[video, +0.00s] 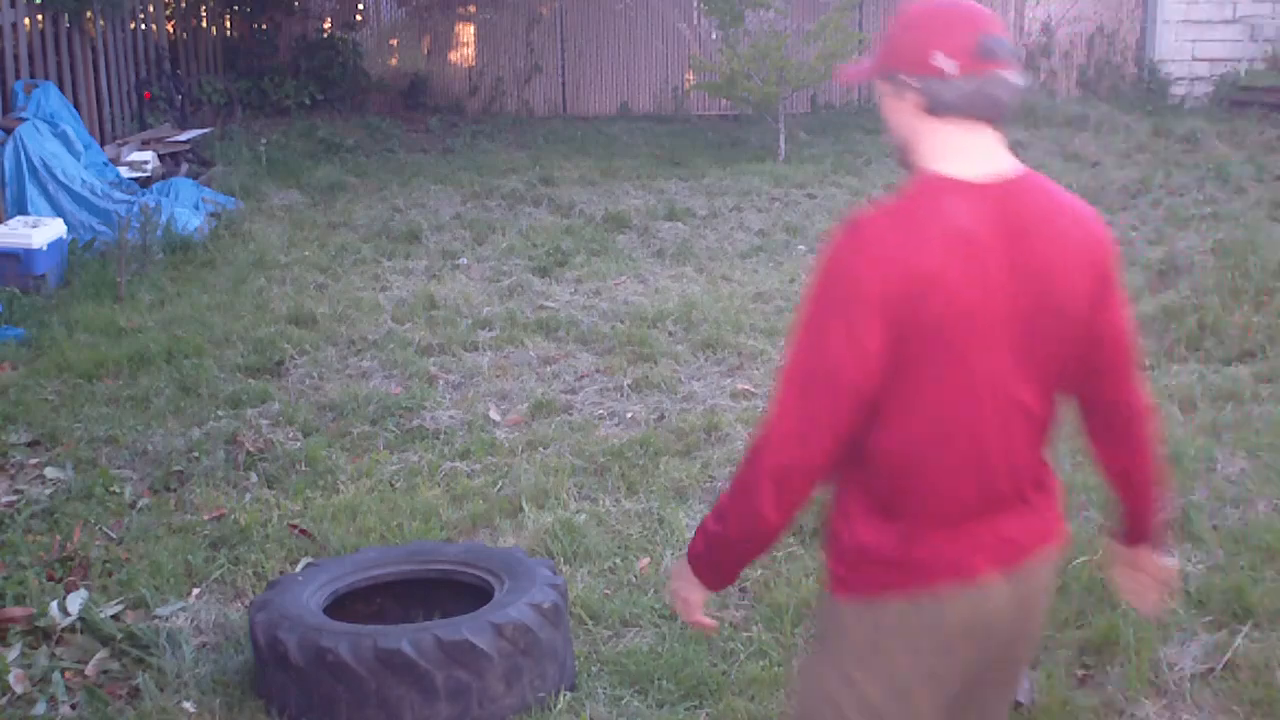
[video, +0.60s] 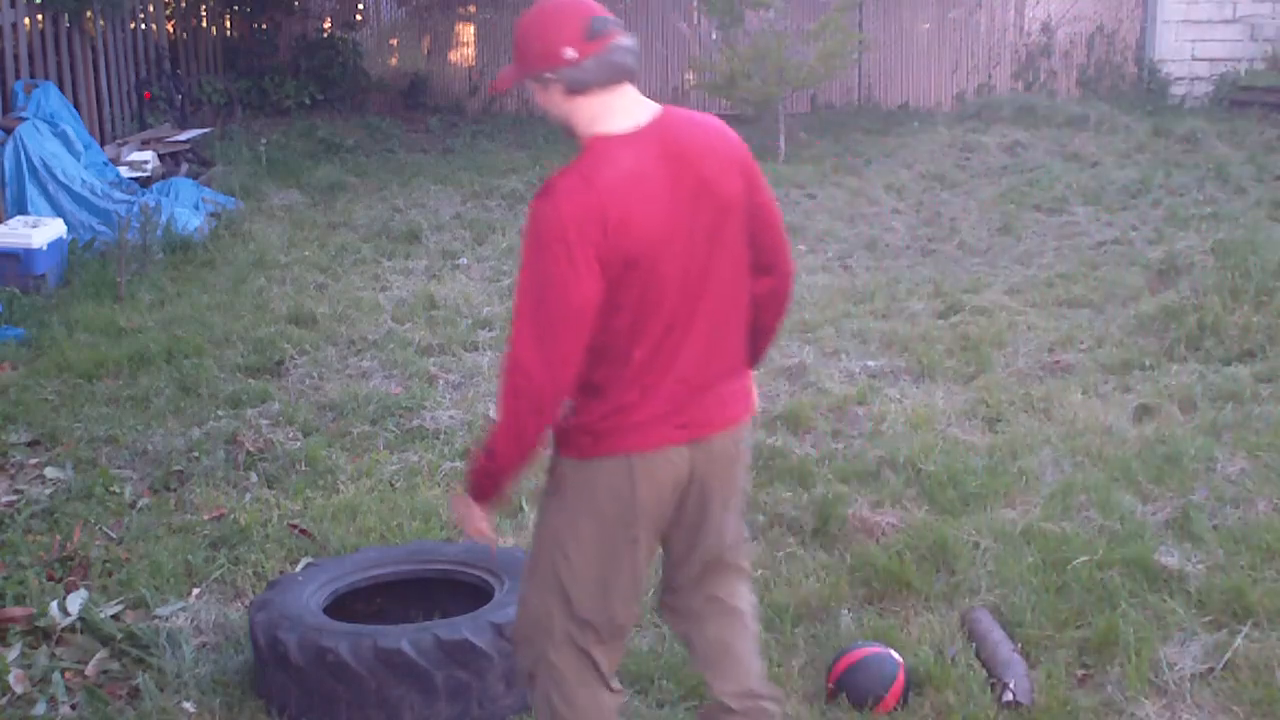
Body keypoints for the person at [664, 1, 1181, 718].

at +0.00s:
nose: (881, 110)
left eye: (884, 93)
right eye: (881, 94)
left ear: (910, 98)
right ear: (996, 95)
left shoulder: (881, 243)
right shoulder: (1076, 228)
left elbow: (800, 438)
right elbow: (1116, 397)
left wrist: (706, 561)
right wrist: (1145, 528)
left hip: (902, 591)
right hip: (1028, 567)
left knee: (841, 704)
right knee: (984, 708)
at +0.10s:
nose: (817, 83)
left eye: (818, 65)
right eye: (814, 66)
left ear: (845, 66)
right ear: (926, 61)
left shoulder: (822, 201)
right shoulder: (1017, 185)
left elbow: (768, 402)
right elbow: (1049, 362)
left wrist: (721, 536)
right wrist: (1027, 469)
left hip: (845, 543)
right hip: (981, 525)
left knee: (765, 704)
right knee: (940, 709)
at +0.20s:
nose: (756, 79)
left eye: (758, 62)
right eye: (755, 63)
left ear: (787, 65)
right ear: (867, 57)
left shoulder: (766, 193)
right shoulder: (954, 168)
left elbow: (742, 394)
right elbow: (990, 333)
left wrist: (713, 530)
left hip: (799, 523)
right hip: (927, 504)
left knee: (717, 705)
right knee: (912, 710)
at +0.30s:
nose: (693, 94)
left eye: (696, 78)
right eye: (692, 79)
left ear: (722, 83)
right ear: (802, 70)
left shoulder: (710, 209)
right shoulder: (888, 175)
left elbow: (702, 403)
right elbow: (927, 325)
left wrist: (687, 550)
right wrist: (843, 352)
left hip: (759, 523)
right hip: (875, 496)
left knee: (688, 704)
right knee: (875, 706)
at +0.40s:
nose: (635, 111)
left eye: (635, 97)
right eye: (633, 98)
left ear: (654, 99)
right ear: (732, 82)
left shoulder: (654, 222)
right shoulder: (819, 180)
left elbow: (645, 414)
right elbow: (858, 322)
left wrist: (631, 563)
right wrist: (779, 363)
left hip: (699, 516)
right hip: (811, 493)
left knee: (626, 697)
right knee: (831, 698)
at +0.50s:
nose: (576, 108)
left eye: (576, 95)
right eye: (573, 96)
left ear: (595, 99)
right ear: (667, 79)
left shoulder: (605, 219)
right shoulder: (762, 166)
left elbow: (587, 400)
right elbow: (808, 302)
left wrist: (557, 541)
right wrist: (746, 370)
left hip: (645, 487)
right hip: (755, 472)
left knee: (583, 653)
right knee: (772, 641)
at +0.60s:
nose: (532, 101)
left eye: (532, 87)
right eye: (529, 87)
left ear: (555, 87)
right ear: (619, 62)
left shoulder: (573, 200)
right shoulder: (717, 140)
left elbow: (541, 378)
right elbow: (774, 270)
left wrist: (482, 487)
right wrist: (735, 360)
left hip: (618, 457)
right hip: (722, 434)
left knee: (567, 640)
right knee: (716, 589)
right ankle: (751, 708)